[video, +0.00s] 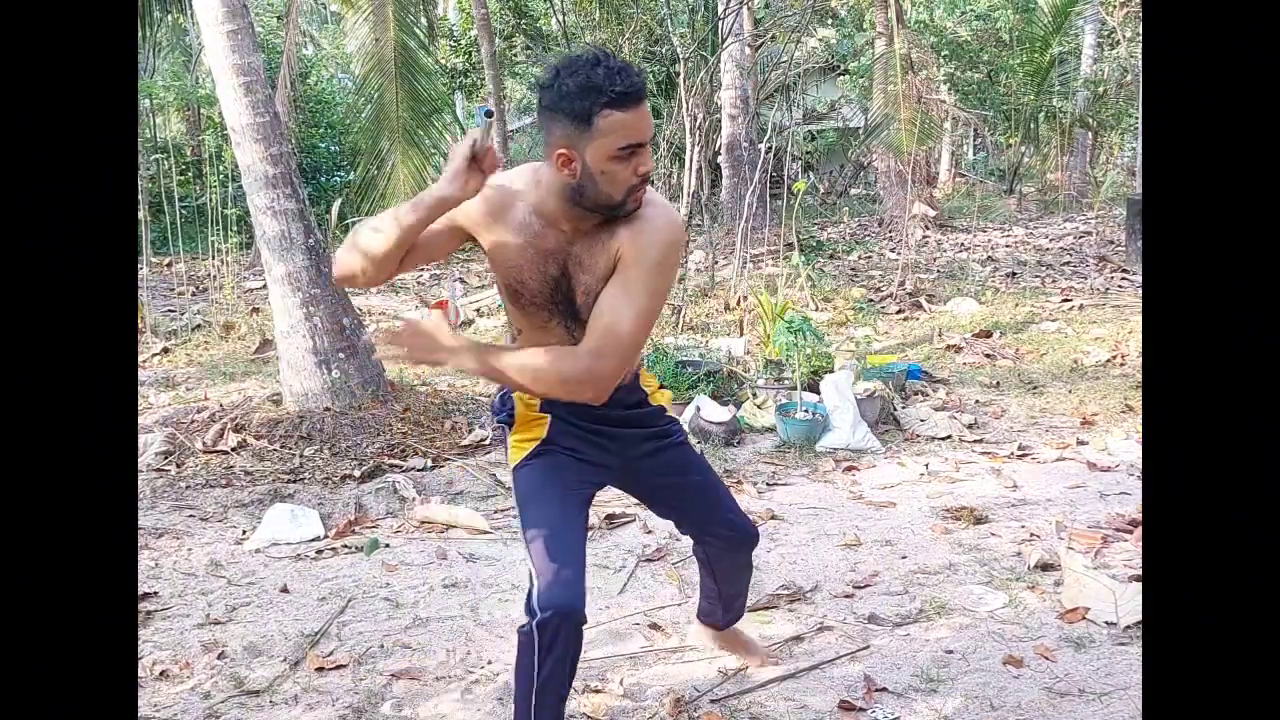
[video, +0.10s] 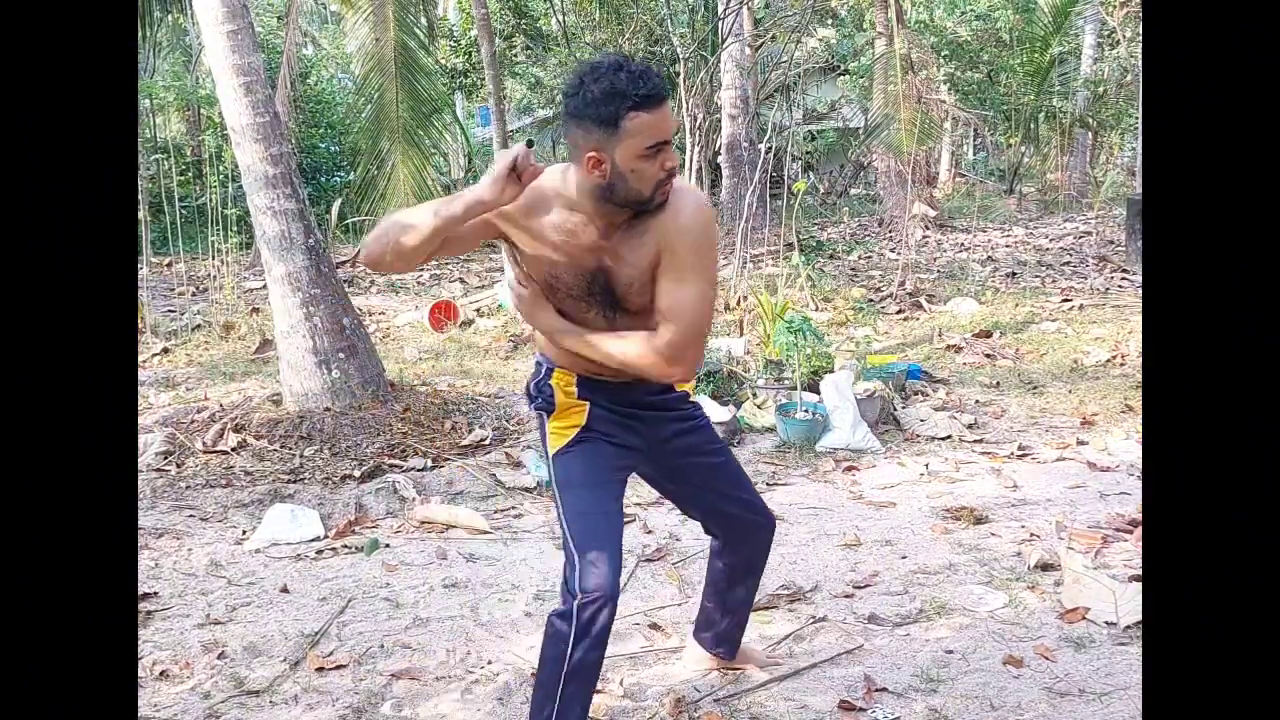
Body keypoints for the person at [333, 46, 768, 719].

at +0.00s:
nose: (648, 167)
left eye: (649, 146)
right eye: (628, 154)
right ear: (566, 159)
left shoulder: (655, 226)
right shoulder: (495, 202)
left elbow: (595, 373)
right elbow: (352, 269)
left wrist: (456, 349)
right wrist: (443, 194)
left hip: (632, 414)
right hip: (545, 421)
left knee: (732, 536)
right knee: (558, 603)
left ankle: (718, 623)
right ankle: (538, 714)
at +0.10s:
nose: (672, 164)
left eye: (672, 144)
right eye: (653, 152)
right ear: (596, 162)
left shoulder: (686, 213)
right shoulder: (529, 201)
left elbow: (677, 358)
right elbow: (375, 254)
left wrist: (554, 332)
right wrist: (480, 199)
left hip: (662, 404)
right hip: (578, 401)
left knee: (749, 525)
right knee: (594, 586)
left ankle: (719, 646)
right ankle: (554, 714)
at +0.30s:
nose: (699, 107)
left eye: (695, 94)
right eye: (688, 100)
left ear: (630, 116)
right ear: (640, 125)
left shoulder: (594, 134)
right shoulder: (627, 218)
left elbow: (677, 149)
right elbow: (750, 258)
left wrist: (725, 208)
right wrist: (794, 257)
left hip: (626, 373)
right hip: (637, 391)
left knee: (731, 494)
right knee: (649, 598)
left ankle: (721, 643)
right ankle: (558, 712)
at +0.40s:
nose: (709, 91)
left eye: (706, 76)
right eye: (702, 79)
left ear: (621, 94)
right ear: (664, 102)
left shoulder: (556, 155)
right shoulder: (709, 194)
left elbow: (621, 186)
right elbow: (787, 224)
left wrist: (686, 162)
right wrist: (764, 174)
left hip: (598, 382)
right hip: (664, 396)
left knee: (728, 493)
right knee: (657, 608)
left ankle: (718, 641)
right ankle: (562, 714)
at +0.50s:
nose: (707, 80)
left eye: (706, 67)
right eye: (703, 68)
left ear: (617, 76)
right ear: (678, 83)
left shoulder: (558, 163)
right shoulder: (730, 177)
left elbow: (538, 211)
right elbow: (719, 282)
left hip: (603, 389)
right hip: (678, 398)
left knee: (727, 492)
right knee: (667, 616)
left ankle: (721, 640)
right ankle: (562, 717)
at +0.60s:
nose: (703, 82)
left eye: (703, 70)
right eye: (701, 70)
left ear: (617, 76)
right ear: (683, 75)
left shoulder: (563, 165)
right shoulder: (728, 172)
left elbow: (522, 262)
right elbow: (770, 303)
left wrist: (597, 241)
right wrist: (723, 351)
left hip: (597, 402)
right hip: (675, 407)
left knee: (714, 494)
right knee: (663, 620)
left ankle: (720, 639)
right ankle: (561, 717)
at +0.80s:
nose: (729, 100)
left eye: (726, 90)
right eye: (729, 89)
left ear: (657, 86)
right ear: (715, 86)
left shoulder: (605, 167)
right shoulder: (737, 144)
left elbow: (587, 286)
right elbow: (827, 232)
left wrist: (700, 266)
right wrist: (805, 335)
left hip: (604, 379)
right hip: (673, 387)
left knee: (715, 490)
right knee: (649, 589)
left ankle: (716, 639)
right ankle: (556, 713)